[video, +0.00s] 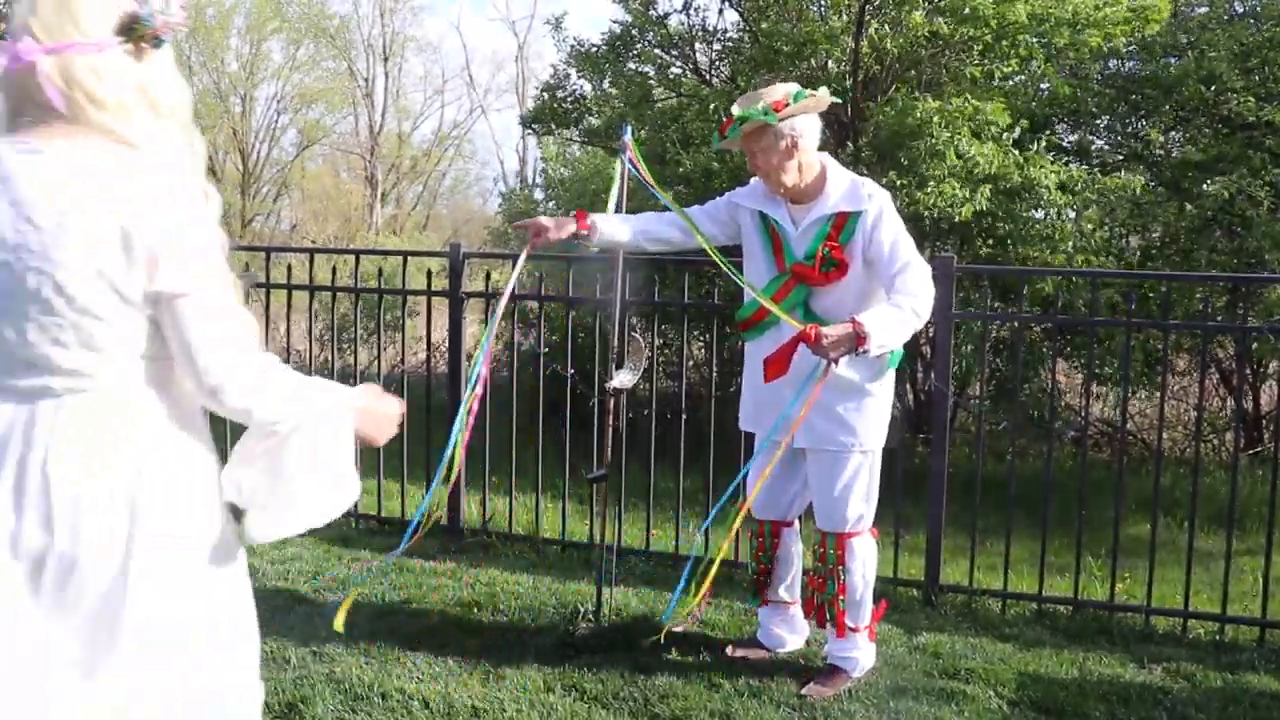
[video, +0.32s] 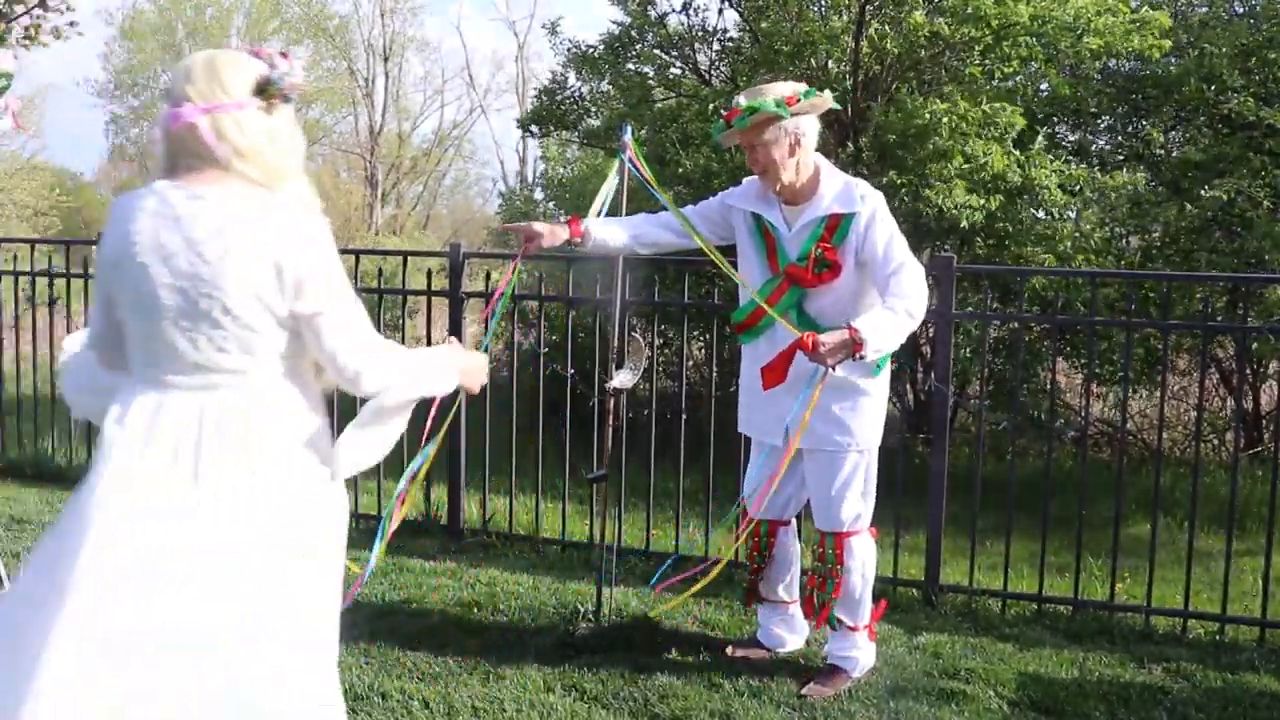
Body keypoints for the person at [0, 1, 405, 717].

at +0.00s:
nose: (164, 55)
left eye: (160, 35)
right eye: (153, 37)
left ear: (17, 59)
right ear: (121, 57)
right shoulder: (149, 179)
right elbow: (227, 372)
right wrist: (349, 408)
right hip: (123, 459)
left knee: (27, 677)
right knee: (156, 684)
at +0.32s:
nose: (162, 118)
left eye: (168, 109)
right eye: (279, 113)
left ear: (176, 123)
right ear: (265, 121)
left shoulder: (130, 214)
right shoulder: (285, 213)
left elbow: (108, 351)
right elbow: (356, 359)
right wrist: (450, 364)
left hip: (148, 431)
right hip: (259, 438)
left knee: (133, 635)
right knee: (255, 650)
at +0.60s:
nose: (248, 130)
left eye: (255, 119)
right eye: (253, 119)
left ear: (269, 132)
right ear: (342, 134)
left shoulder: (217, 208)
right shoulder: (365, 218)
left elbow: (178, 328)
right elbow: (423, 316)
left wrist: (151, 357)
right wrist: (480, 307)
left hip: (233, 389)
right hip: (336, 394)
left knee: (234, 571)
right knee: (334, 573)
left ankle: (229, 703)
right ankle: (322, 704)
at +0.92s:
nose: (383, 159)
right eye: (378, 149)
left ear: (304, 159)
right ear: (368, 160)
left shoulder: (266, 226)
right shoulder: (393, 235)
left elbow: (224, 320)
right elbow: (438, 330)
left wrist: (175, 366)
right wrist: (478, 312)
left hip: (284, 390)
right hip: (366, 392)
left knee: (286, 534)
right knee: (369, 535)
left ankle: (283, 686)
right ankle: (361, 683)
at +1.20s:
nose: (387, 172)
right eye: (380, 164)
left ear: (314, 175)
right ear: (375, 175)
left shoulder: (283, 234)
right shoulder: (399, 242)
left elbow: (263, 320)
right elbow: (425, 338)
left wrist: (298, 350)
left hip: (299, 388)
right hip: (377, 389)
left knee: (286, 521)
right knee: (367, 525)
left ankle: (273, 667)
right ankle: (359, 671)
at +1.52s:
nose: (298, 162)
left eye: (306, 156)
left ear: (317, 165)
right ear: (363, 167)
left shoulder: (276, 218)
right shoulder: (369, 225)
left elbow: (288, 285)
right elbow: (402, 316)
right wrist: (409, 289)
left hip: (287, 357)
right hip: (354, 356)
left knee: (288, 484)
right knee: (364, 486)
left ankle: (286, 615)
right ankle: (363, 615)